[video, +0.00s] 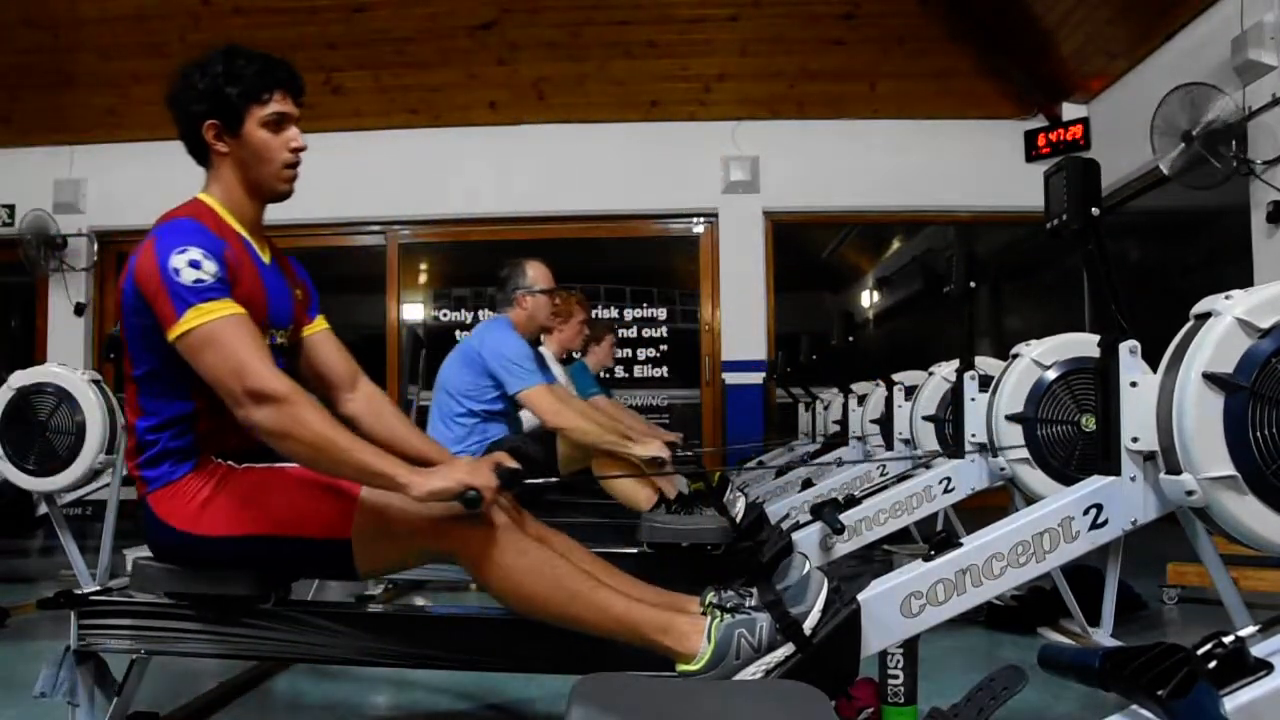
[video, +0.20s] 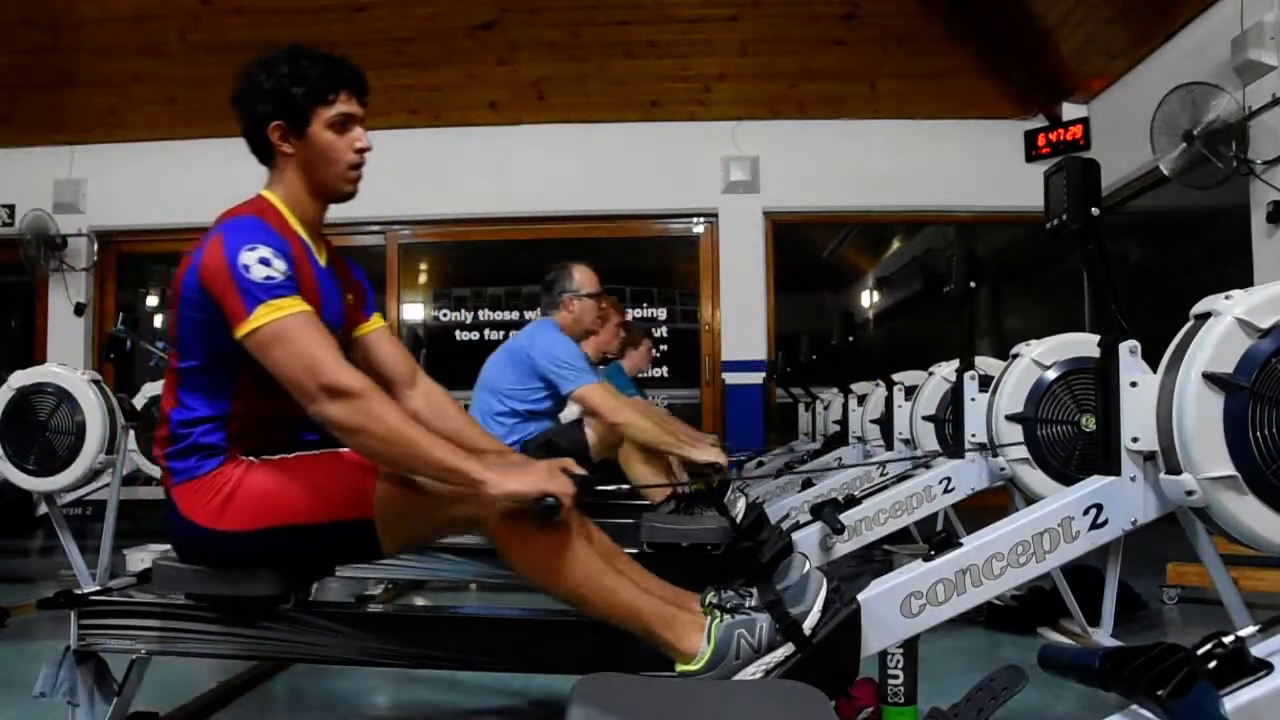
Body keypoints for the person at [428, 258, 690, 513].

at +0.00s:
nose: (557, 302)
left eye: (555, 293)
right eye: (549, 294)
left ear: (524, 301)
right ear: (522, 300)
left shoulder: (518, 341)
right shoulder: (500, 339)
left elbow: (570, 404)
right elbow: (554, 415)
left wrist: (636, 440)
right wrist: (636, 448)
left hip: (497, 450)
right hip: (474, 459)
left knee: (603, 440)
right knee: (593, 442)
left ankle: (664, 514)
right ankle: (663, 515)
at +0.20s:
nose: (602, 307)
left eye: (601, 298)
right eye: (594, 298)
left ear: (569, 304)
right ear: (568, 303)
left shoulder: (560, 342)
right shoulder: (548, 342)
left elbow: (623, 404)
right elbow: (615, 411)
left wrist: (693, 442)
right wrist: (690, 448)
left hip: (534, 444)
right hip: (513, 453)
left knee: (641, 419)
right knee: (624, 427)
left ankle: (684, 505)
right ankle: (674, 515)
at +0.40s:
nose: (653, 312)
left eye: (651, 303)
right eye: (645, 302)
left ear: (618, 310)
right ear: (618, 309)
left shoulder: (608, 345)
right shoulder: (599, 345)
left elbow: (674, 407)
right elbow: (670, 411)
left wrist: (737, 441)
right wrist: (747, 453)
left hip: (566, 439)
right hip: (553, 446)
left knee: (667, 413)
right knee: (660, 413)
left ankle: (678, 507)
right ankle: (674, 511)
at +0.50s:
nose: (674, 312)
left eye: (672, 303)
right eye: (667, 303)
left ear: (640, 311)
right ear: (641, 310)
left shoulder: (617, 341)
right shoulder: (623, 345)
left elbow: (689, 416)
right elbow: (694, 411)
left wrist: (756, 445)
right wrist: (772, 453)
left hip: (568, 433)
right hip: (570, 440)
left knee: (678, 409)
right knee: (676, 411)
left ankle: (676, 502)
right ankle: (681, 505)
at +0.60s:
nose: (693, 312)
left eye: (691, 305)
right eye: (686, 305)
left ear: (659, 312)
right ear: (661, 311)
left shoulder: (637, 340)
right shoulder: (644, 344)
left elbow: (709, 416)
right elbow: (716, 407)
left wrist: (772, 444)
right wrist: (795, 450)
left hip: (586, 432)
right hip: (589, 438)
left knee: (695, 409)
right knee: (691, 410)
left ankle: (697, 500)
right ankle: (687, 502)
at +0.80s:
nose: (716, 313)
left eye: (715, 305)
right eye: (710, 306)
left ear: (682, 312)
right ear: (683, 311)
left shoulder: (664, 340)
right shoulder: (672, 344)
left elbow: (739, 413)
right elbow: (749, 403)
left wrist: (796, 439)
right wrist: (828, 439)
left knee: (713, 406)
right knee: (706, 408)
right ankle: (694, 498)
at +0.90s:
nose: (715, 311)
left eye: (713, 303)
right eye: (709, 303)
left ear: (682, 309)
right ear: (683, 309)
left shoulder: (669, 337)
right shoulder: (669, 338)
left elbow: (746, 397)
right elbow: (751, 395)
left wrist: (820, 436)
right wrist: (833, 429)